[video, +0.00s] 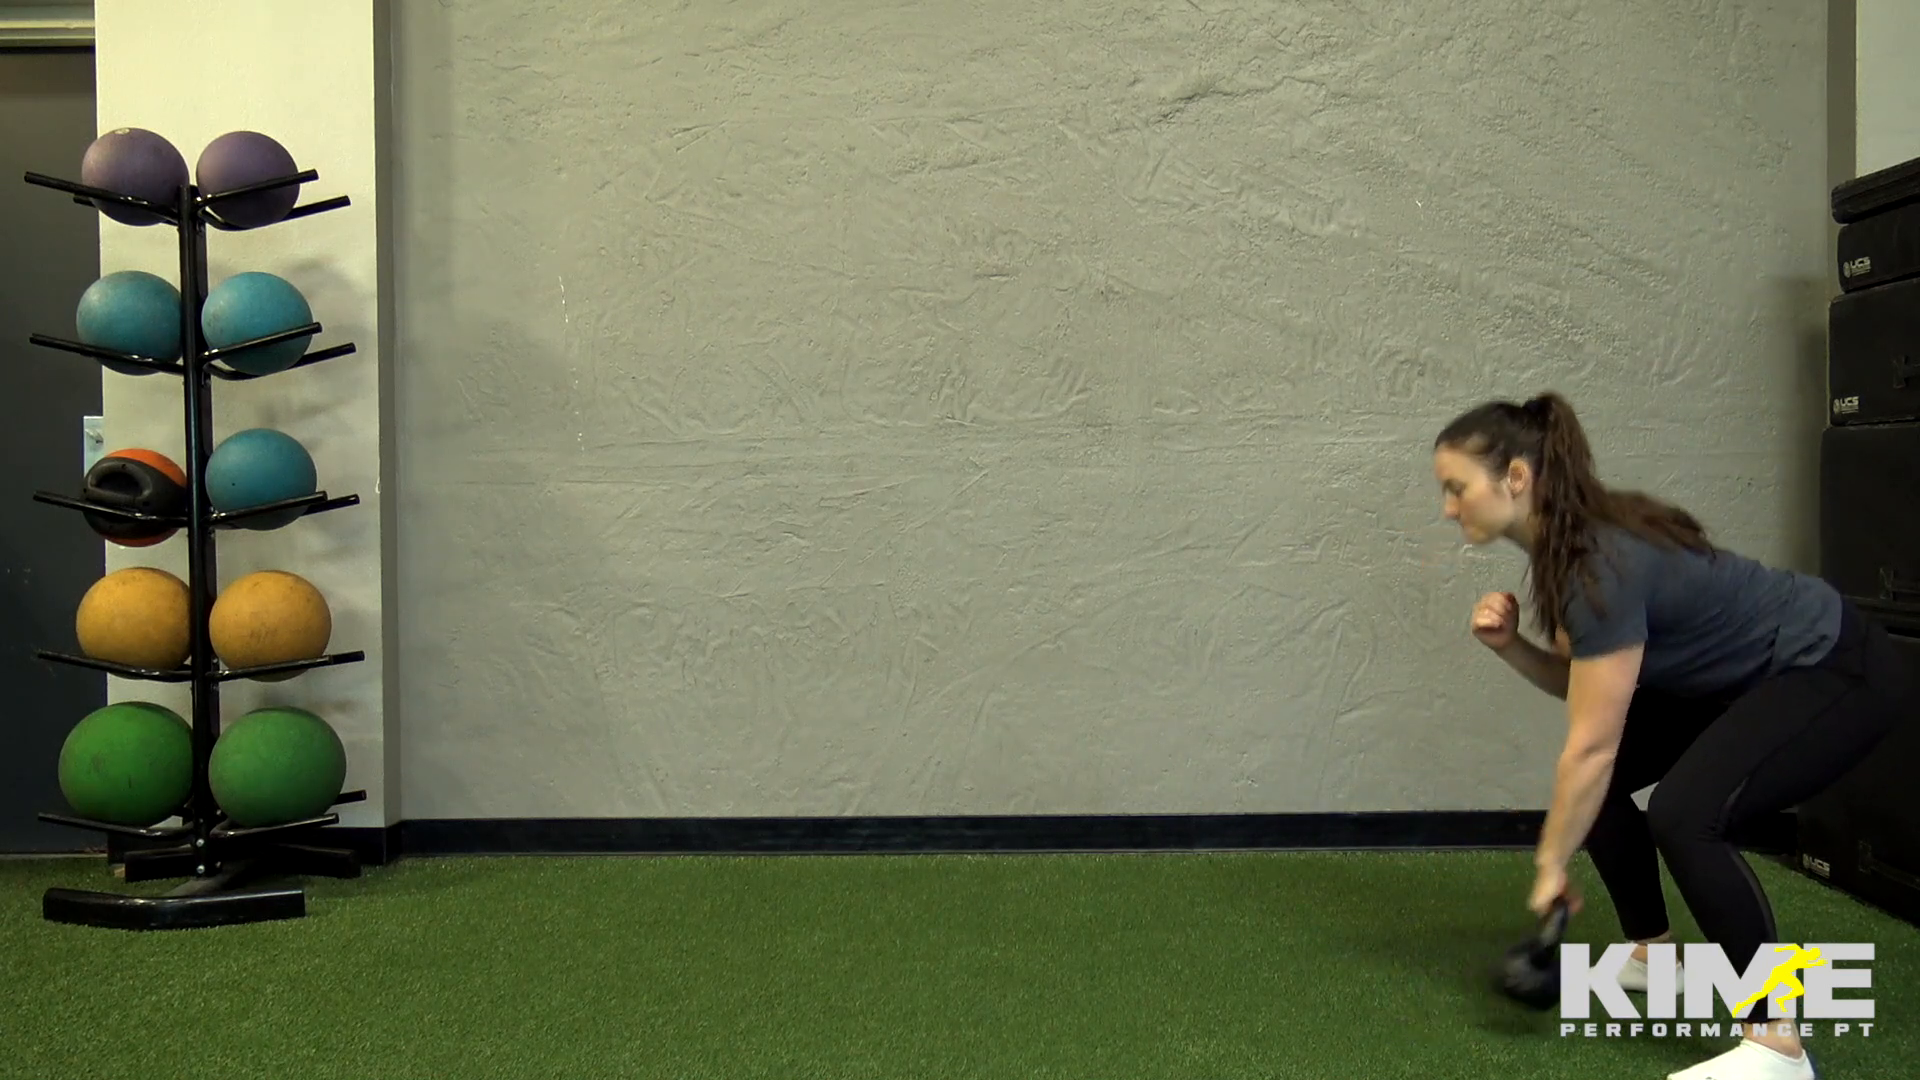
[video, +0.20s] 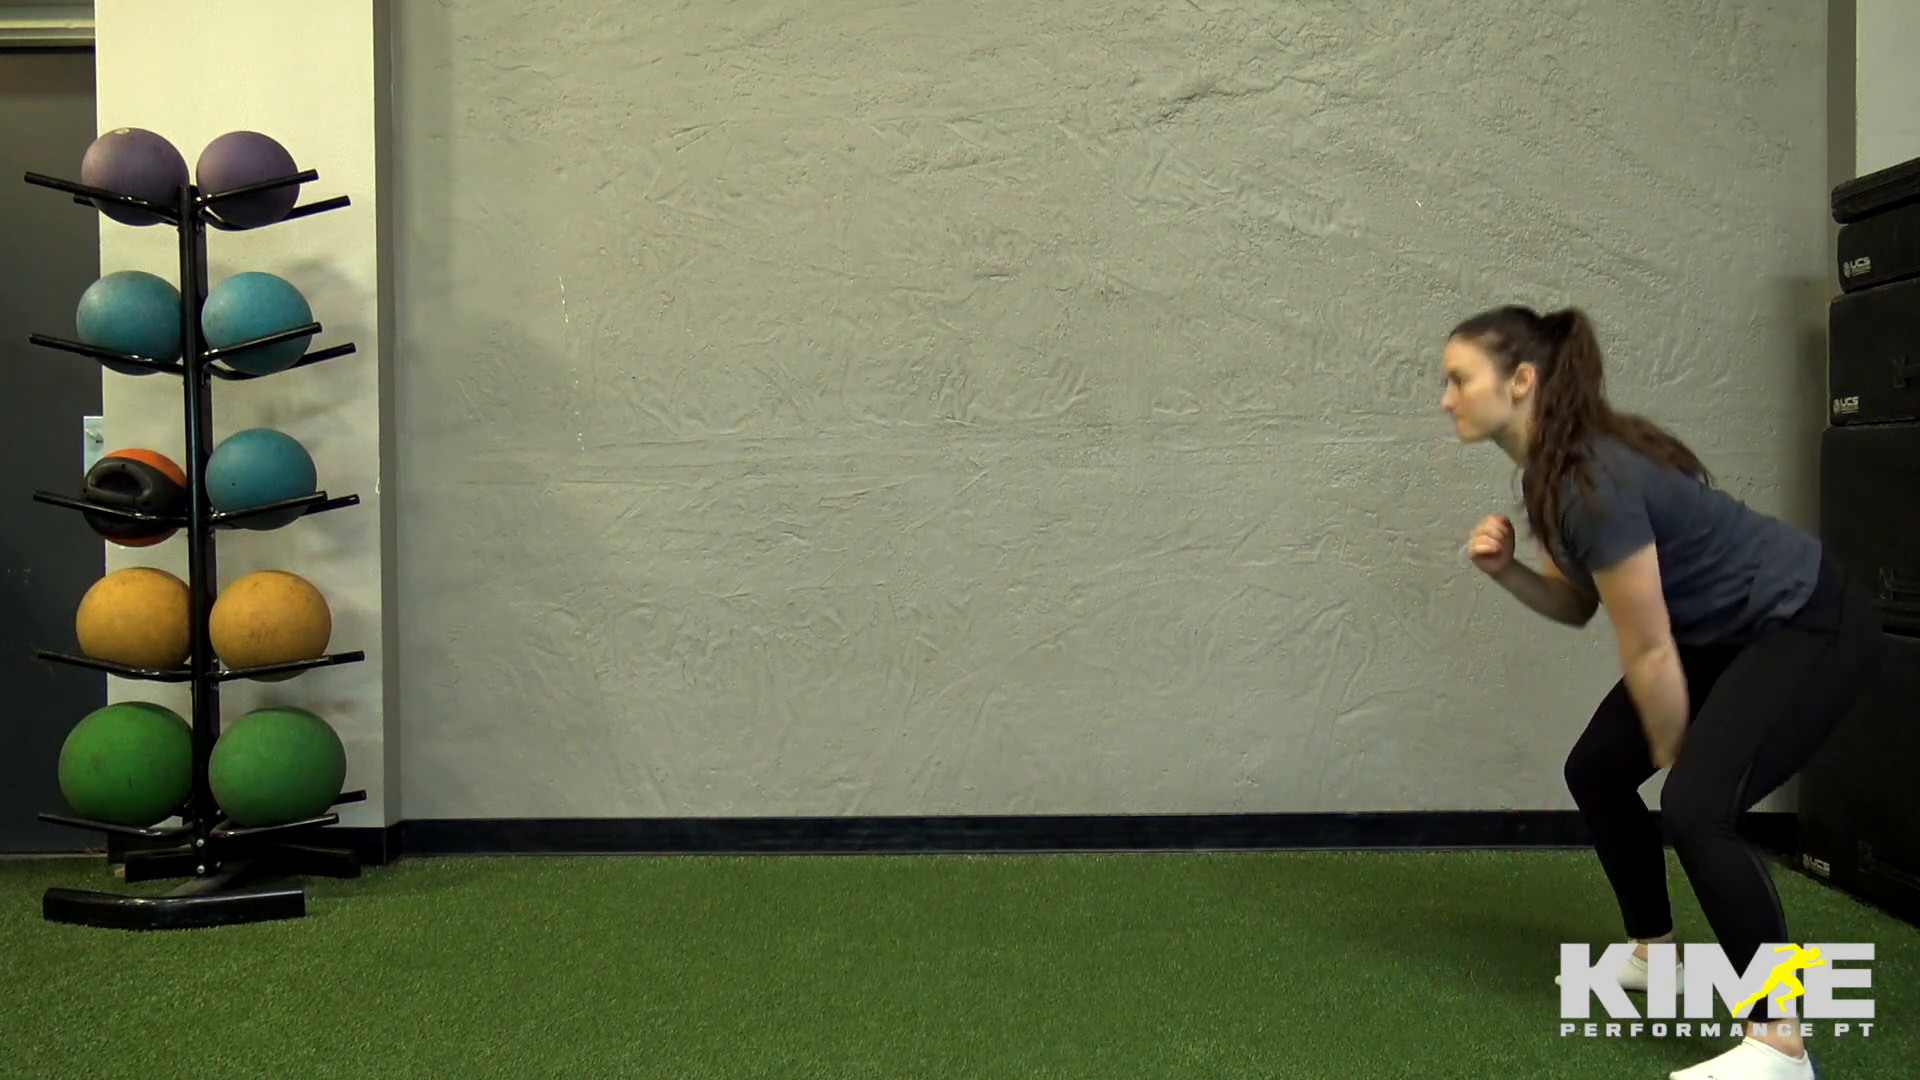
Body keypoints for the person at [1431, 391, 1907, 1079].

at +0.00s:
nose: (1448, 509)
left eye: (1455, 489)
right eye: (1445, 493)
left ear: (1516, 479)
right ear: (1516, 480)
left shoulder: (1603, 561)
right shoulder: (1572, 547)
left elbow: (1593, 747)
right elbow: (1584, 690)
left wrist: (1552, 861)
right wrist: (1512, 647)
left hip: (1833, 667)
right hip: (1758, 667)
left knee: (1685, 817)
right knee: (1592, 779)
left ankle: (1777, 1038)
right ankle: (1656, 956)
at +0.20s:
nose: (1445, 399)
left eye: (1459, 380)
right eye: (1446, 382)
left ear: (1520, 382)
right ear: (1517, 386)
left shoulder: (1595, 479)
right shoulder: (1550, 476)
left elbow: (1652, 654)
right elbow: (1577, 605)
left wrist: (1685, 777)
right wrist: (1507, 569)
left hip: (1811, 623)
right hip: (1726, 627)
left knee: (1695, 810)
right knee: (1595, 771)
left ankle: (1781, 1037)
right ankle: (1657, 962)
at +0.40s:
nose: (1450, 388)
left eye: (1465, 372)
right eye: (1453, 372)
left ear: (1527, 384)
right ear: (1522, 387)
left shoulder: (1585, 493)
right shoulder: (1551, 483)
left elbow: (1687, 637)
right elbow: (1565, 601)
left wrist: (1749, 731)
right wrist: (1495, 574)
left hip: (1806, 628)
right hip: (1734, 629)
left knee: (1693, 818)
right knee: (1585, 775)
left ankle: (1782, 1037)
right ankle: (1655, 960)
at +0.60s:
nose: (1480, 353)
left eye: (1498, 338)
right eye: (1486, 337)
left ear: (1559, 354)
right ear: (1551, 357)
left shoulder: (1601, 461)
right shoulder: (1564, 451)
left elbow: (1681, 621)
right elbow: (1589, 571)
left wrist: (1739, 733)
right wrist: (1510, 551)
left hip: (1800, 630)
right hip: (1726, 631)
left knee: (1691, 817)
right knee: (1583, 777)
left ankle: (1782, 1037)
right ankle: (1657, 960)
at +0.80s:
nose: (1593, 215)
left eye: (1609, 196)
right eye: (1592, 200)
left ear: (1677, 195)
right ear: (1662, 203)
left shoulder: (1727, 299)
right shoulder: (1649, 305)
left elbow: (1723, 458)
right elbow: (1612, 464)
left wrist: (1622, 563)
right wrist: (1554, 410)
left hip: (1764, 556)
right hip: (1681, 562)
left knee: (1724, 773)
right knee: (1624, 760)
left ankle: (1782, 1030)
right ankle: (1658, 960)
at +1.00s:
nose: (1649, 197)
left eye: (1666, 176)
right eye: (1648, 180)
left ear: (1734, 177)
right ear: (1709, 184)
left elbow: (1766, 437)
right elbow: (1625, 456)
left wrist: (1627, 372)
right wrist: (1579, 395)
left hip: (1739, 564)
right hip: (1650, 569)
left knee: (1733, 789)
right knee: (1658, 784)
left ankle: (1787, 1029)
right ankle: (1655, 968)